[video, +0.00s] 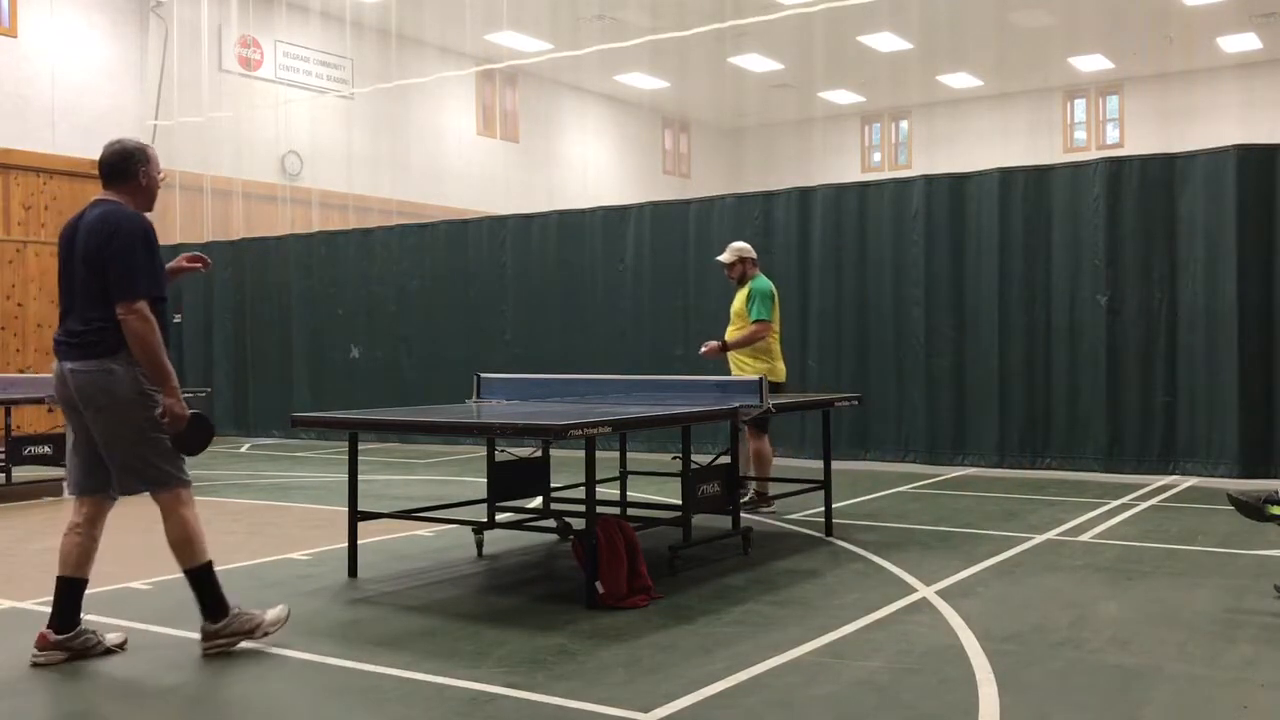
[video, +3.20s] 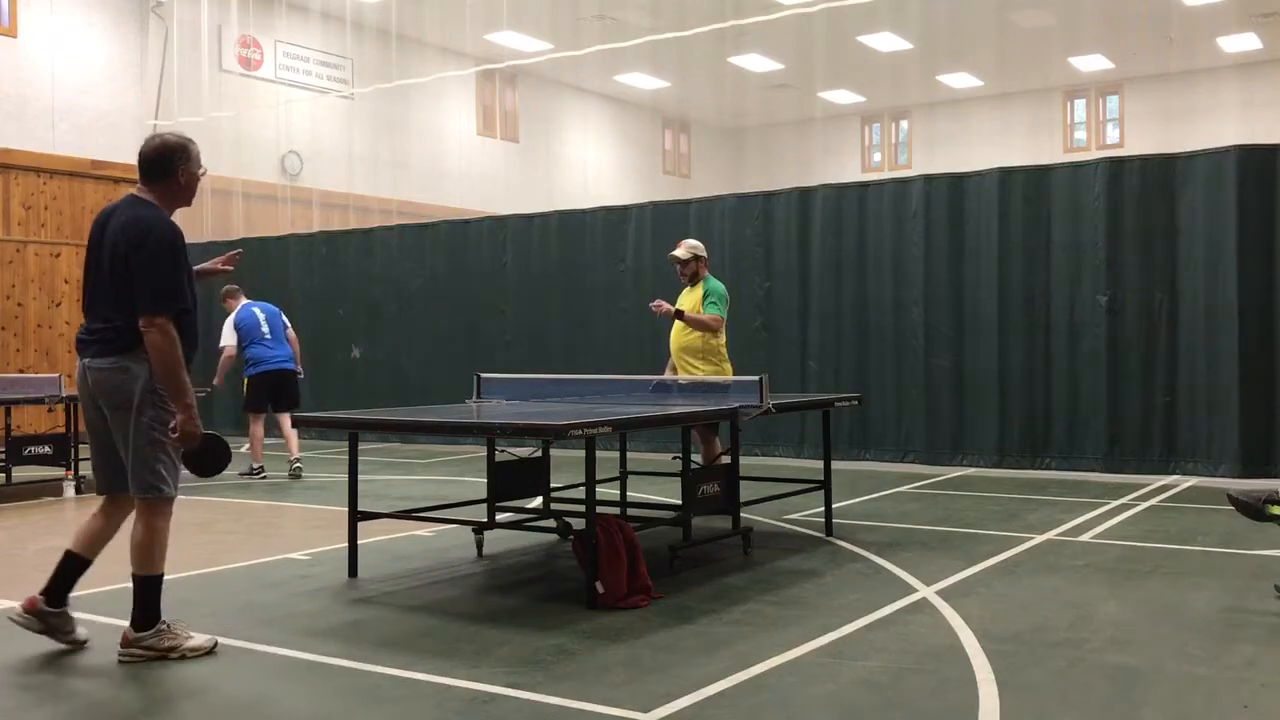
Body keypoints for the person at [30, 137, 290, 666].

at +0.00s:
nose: (160, 183)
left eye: (158, 175)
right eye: (157, 174)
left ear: (105, 176)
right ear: (143, 175)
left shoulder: (77, 225)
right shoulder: (130, 225)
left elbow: (104, 292)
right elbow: (134, 313)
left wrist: (167, 271)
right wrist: (171, 390)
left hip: (74, 374)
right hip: (116, 375)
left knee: (90, 502)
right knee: (174, 493)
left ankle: (61, 630)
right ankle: (220, 618)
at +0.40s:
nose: (235, 187)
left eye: (233, 179)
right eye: (232, 180)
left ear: (183, 181)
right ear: (220, 183)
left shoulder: (144, 227)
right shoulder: (212, 235)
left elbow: (165, 280)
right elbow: (210, 324)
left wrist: (225, 268)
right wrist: (233, 403)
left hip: (136, 373)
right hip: (187, 376)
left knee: (125, 500)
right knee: (232, 493)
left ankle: (70, 620)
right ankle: (233, 619)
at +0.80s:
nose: (283, 192)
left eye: (282, 184)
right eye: (283, 184)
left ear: (233, 179)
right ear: (273, 185)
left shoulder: (189, 221)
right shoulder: (266, 237)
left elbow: (177, 296)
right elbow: (279, 329)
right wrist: (314, 399)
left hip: (172, 366)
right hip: (229, 373)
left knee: (175, 489)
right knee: (243, 496)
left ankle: (129, 599)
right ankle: (234, 618)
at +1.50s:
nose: (238, 196)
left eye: (237, 188)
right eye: (237, 189)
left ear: (190, 187)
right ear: (226, 189)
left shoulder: (158, 232)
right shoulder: (217, 234)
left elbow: (175, 287)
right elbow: (211, 315)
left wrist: (235, 276)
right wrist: (235, 387)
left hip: (149, 369)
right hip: (189, 371)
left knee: (181, 488)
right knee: (232, 487)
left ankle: (174, 604)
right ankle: (232, 614)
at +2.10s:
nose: (227, 191)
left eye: (224, 184)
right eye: (223, 184)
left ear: (177, 186)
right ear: (210, 186)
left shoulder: (156, 225)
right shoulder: (192, 226)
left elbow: (172, 293)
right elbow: (186, 306)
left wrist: (229, 286)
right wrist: (213, 378)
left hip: (141, 363)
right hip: (165, 364)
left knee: (178, 487)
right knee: (180, 489)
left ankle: (174, 603)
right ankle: (151, 619)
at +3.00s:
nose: (217, 181)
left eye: (215, 173)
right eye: (214, 174)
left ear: (163, 174)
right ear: (199, 179)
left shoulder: (122, 216)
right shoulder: (176, 232)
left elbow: (140, 285)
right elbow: (169, 324)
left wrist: (202, 271)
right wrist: (188, 407)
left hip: (104, 369)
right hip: (144, 373)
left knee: (137, 494)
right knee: (156, 500)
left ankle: (118, 611)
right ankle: (147, 628)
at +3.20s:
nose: (200, 179)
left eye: (199, 170)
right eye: (197, 171)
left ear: (146, 172)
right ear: (178, 176)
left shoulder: (110, 217)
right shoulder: (160, 230)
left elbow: (135, 280)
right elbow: (156, 325)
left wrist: (199, 270)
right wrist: (187, 407)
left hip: (96, 369)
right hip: (137, 373)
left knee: (118, 497)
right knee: (156, 500)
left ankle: (49, 602)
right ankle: (146, 628)